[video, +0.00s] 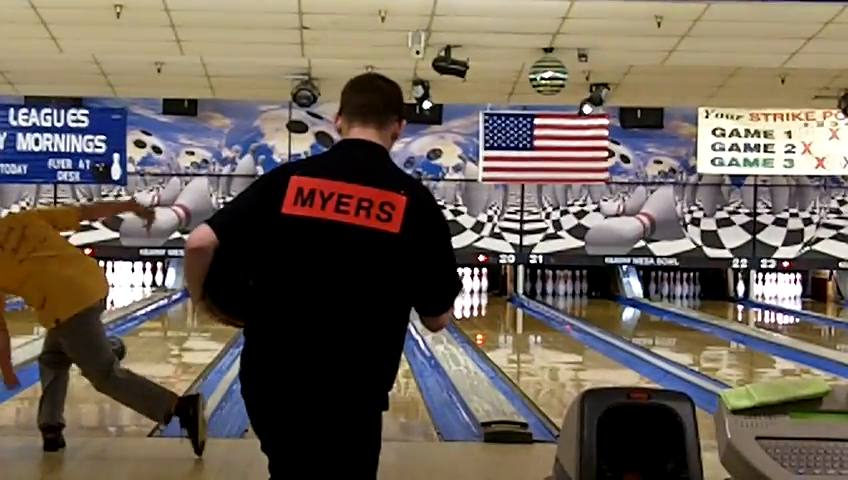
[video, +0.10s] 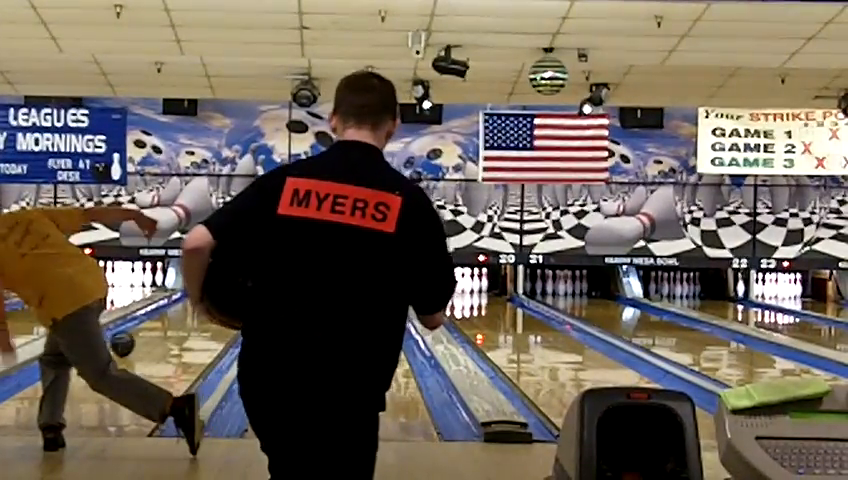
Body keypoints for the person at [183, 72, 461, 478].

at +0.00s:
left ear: (338, 121)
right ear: (398, 129)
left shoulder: (288, 177)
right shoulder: (416, 202)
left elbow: (199, 243)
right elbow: (436, 317)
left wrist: (204, 302)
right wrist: (407, 266)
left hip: (271, 381)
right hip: (355, 391)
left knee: (286, 475)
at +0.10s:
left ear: (334, 121)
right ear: (394, 126)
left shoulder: (284, 179)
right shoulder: (411, 203)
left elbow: (195, 244)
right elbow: (432, 316)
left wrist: (200, 304)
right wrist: (402, 265)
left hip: (270, 383)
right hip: (352, 391)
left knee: (285, 474)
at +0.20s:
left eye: (325, 115)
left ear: (325, 118)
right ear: (385, 122)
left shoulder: (278, 182)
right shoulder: (403, 202)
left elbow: (192, 244)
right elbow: (427, 313)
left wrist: (196, 302)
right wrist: (397, 263)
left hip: (266, 382)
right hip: (348, 389)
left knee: (285, 472)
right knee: (342, 478)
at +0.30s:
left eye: (316, 106)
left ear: (315, 111)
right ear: (373, 115)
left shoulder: (267, 179)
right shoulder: (394, 194)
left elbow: (185, 241)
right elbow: (415, 302)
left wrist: (198, 304)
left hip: (264, 374)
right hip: (346, 378)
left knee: (279, 470)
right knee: (339, 475)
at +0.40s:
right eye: (358, 93)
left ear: (301, 96)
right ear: (359, 100)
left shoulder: (261, 166)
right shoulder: (384, 176)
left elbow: (180, 234)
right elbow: (404, 282)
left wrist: (193, 292)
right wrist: (361, 263)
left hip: (262, 359)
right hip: (342, 361)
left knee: (278, 470)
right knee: (336, 472)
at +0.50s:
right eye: (346, 80)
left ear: (291, 85)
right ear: (347, 86)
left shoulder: (252, 157)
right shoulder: (377, 162)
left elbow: (180, 229)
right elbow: (389, 272)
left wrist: (198, 290)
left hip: (261, 341)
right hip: (340, 340)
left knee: (271, 465)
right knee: (340, 464)